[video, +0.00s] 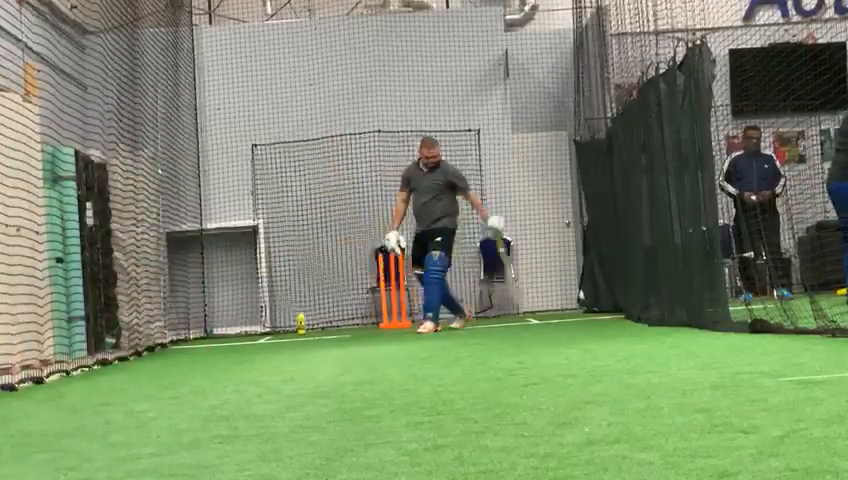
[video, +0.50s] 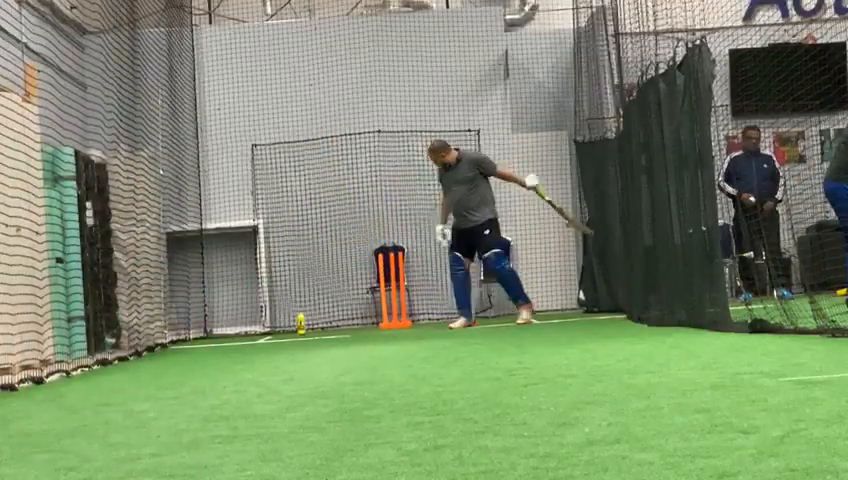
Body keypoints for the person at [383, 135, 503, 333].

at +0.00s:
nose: (434, 162)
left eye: (437, 157)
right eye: (430, 158)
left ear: (440, 153)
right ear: (420, 154)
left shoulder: (448, 171)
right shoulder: (410, 173)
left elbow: (469, 195)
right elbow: (402, 201)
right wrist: (394, 229)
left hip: (444, 228)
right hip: (422, 230)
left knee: (434, 272)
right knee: (422, 274)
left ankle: (430, 320)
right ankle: (460, 313)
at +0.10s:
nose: (433, 165)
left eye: (437, 161)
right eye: (430, 162)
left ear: (443, 156)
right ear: (423, 158)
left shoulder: (455, 170)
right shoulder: (416, 174)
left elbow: (480, 189)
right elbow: (407, 201)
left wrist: (502, 204)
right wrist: (396, 228)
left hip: (452, 228)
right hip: (431, 231)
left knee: (441, 269)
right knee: (436, 272)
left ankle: (433, 318)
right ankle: (464, 316)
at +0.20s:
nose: (433, 165)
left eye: (436, 161)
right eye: (430, 162)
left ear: (444, 154)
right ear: (424, 159)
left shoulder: (461, 167)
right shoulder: (423, 174)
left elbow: (484, 183)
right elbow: (416, 204)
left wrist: (506, 193)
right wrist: (402, 228)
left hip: (460, 225)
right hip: (439, 228)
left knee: (452, 266)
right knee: (438, 268)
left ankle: (446, 315)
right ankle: (464, 315)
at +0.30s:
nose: (432, 164)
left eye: (435, 160)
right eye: (430, 161)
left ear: (444, 153)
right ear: (428, 158)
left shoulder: (466, 162)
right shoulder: (429, 171)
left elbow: (488, 178)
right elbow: (427, 200)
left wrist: (511, 186)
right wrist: (415, 225)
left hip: (467, 219)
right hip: (446, 224)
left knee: (463, 256)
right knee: (444, 262)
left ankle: (472, 311)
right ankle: (461, 314)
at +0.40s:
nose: (433, 164)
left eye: (434, 160)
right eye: (432, 161)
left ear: (444, 152)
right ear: (434, 156)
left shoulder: (469, 159)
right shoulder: (436, 171)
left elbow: (493, 174)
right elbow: (436, 198)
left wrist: (517, 181)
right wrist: (428, 224)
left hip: (475, 218)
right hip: (453, 224)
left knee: (478, 253)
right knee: (453, 266)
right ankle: (464, 316)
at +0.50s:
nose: (437, 164)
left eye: (437, 160)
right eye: (435, 161)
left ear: (445, 154)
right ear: (442, 155)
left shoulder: (474, 159)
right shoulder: (443, 171)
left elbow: (500, 173)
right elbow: (447, 197)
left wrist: (524, 183)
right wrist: (442, 224)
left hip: (485, 222)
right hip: (462, 226)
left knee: (496, 262)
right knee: (457, 265)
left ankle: (524, 306)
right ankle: (465, 316)